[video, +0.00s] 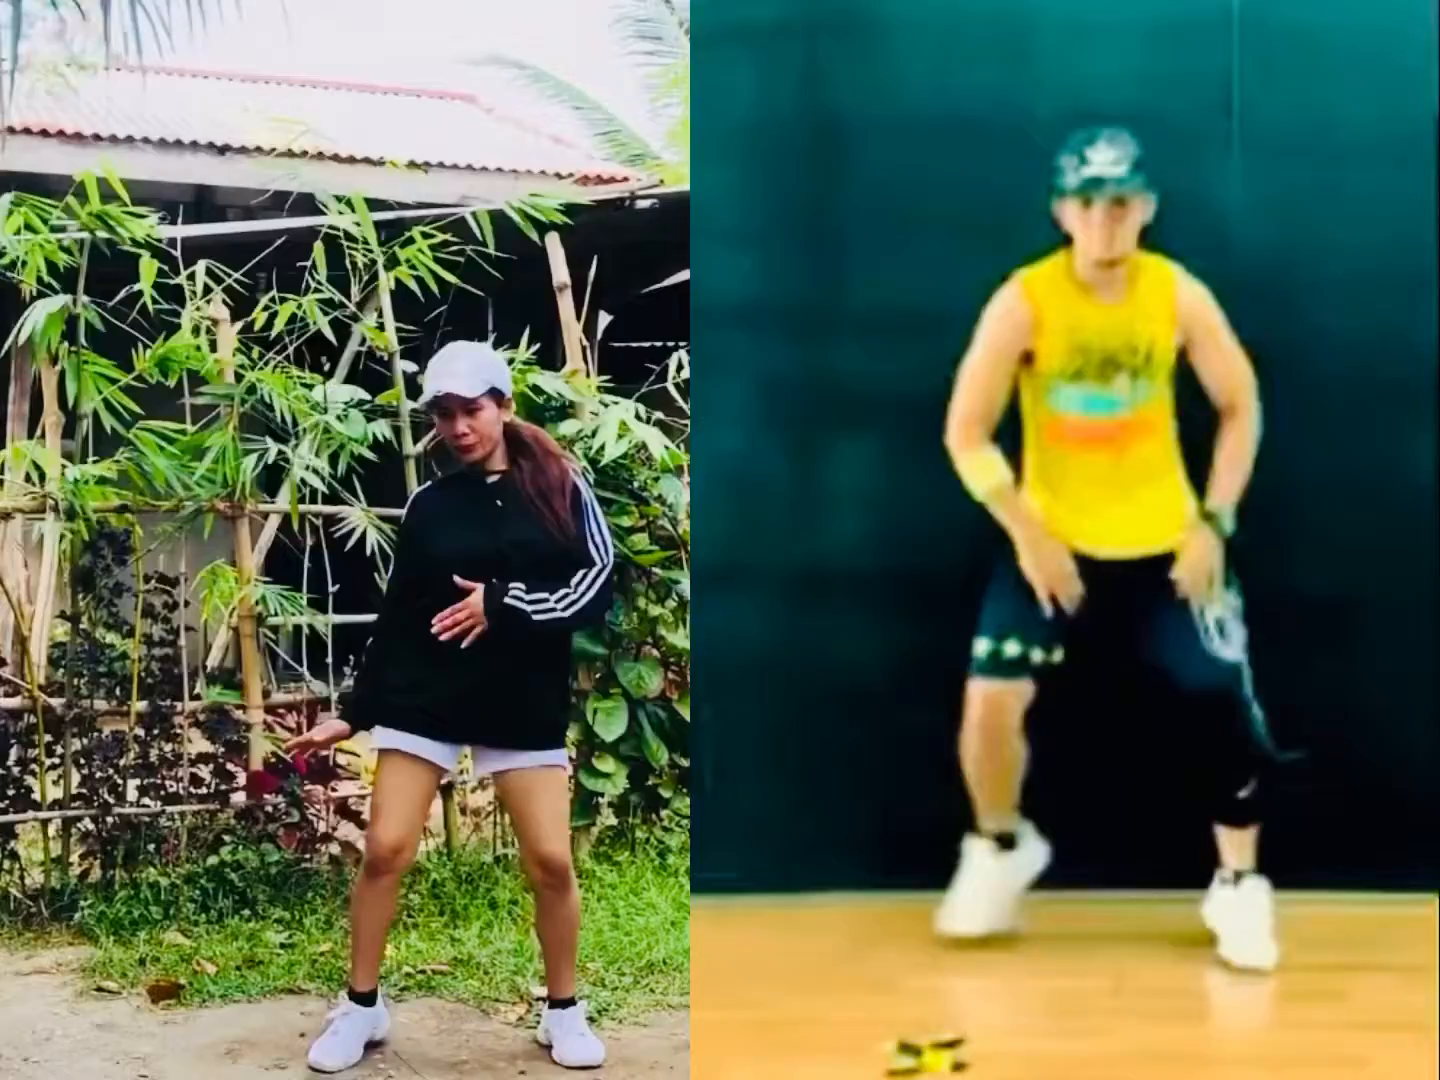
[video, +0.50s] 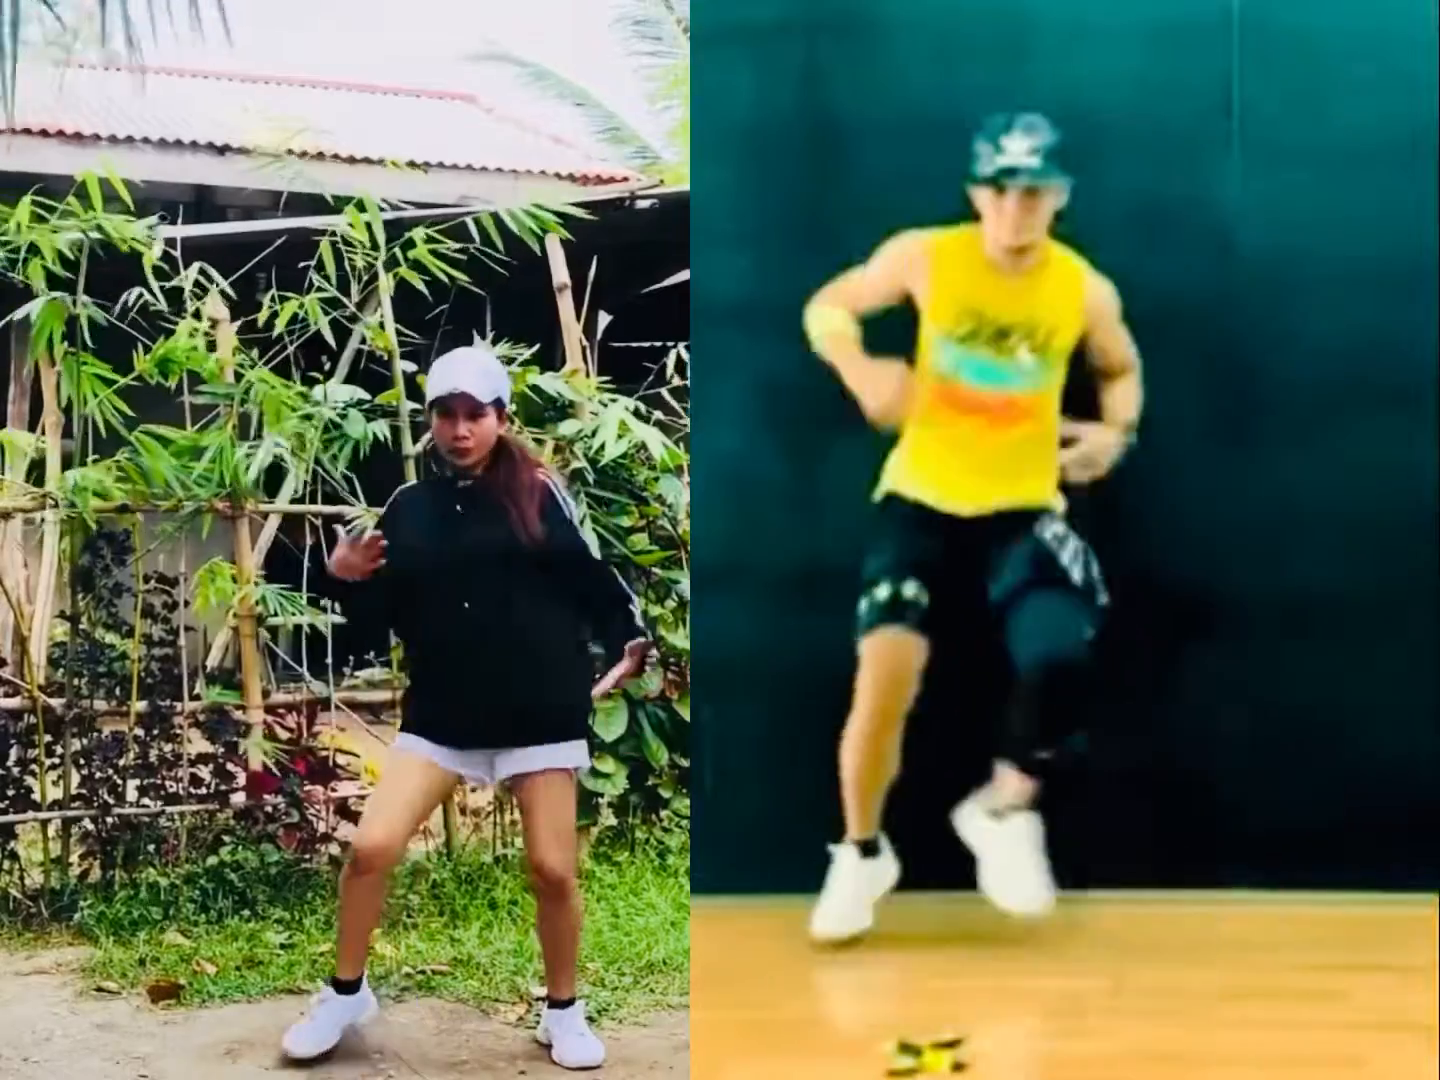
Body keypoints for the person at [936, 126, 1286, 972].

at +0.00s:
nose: (1108, 222)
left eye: (1123, 205)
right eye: (1091, 204)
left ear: (1146, 211)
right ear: (1063, 211)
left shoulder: (1179, 297)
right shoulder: (1022, 304)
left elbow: (1241, 408)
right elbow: (966, 435)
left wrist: (1212, 524)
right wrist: (1027, 532)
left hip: (1165, 530)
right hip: (1051, 531)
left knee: (1225, 704)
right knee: (991, 698)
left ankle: (1240, 883)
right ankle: (997, 849)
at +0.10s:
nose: (1100, 244)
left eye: (1116, 226)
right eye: (1084, 225)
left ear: (1140, 234)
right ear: (1056, 232)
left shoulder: (1174, 323)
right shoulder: (1008, 316)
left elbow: (1188, 409)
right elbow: (964, 422)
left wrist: (1177, 501)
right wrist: (999, 525)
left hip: (1138, 549)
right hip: (1030, 546)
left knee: (1213, 692)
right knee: (942, 710)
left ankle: (1229, 867)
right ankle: (905, 865)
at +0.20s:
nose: (1083, 298)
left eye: (1100, 280)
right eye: (1068, 279)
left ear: (1124, 289)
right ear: (1040, 285)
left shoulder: (1151, 392)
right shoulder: (987, 369)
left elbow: (1152, 486)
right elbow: (949, 476)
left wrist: (1147, 567)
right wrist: (974, 578)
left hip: (1112, 602)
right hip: (1006, 599)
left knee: (1181, 730)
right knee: (921, 749)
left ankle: (1218, 886)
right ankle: (873, 891)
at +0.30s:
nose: (1056, 284)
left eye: (1073, 268)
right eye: (1042, 266)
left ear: (1096, 276)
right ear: (1014, 269)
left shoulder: (1118, 377)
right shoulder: (954, 342)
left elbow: (1132, 482)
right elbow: (910, 451)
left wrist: (1107, 558)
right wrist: (927, 556)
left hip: (1070, 595)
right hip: (964, 588)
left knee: (1141, 728)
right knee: (889, 745)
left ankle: (1212, 883)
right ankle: (865, 890)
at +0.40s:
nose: (1035, 229)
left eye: (1053, 212)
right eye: (1020, 210)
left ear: (1077, 217)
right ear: (994, 212)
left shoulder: (1100, 311)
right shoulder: (939, 276)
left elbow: (1120, 414)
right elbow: (884, 373)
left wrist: (1086, 489)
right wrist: (888, 468)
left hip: (1041, 538)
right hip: (933, 533)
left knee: (1101, 675)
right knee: (884, 685)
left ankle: (1139, 852)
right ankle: (856, 871)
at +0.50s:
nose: (1015, 215)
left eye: (1033, 197)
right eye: (1001, 194)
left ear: (1058, 201)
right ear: (975, 195)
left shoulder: (1086, 293)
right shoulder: (921, 258)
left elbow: (1121, 372)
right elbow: (826, 309)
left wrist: (1114, 433)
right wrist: (859, 367)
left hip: (1025, 502)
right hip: (922, 494)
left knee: (1059, 642)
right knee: (889, 658)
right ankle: (860, 852)